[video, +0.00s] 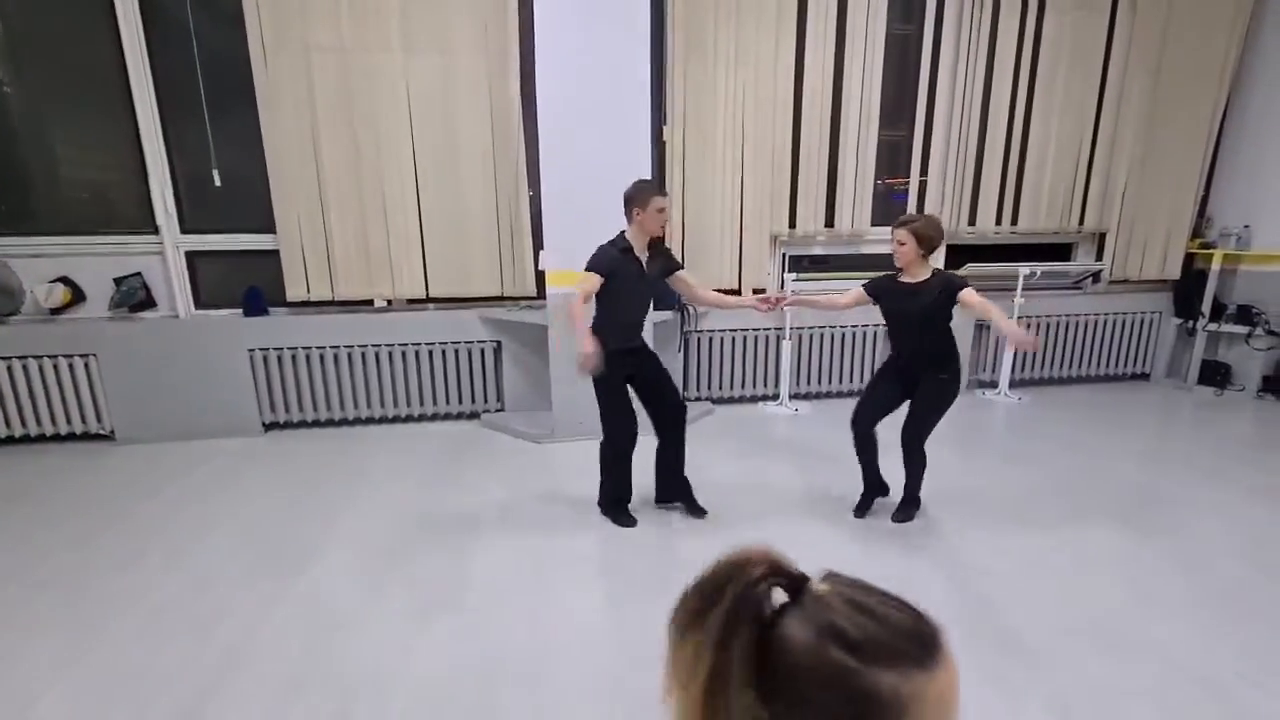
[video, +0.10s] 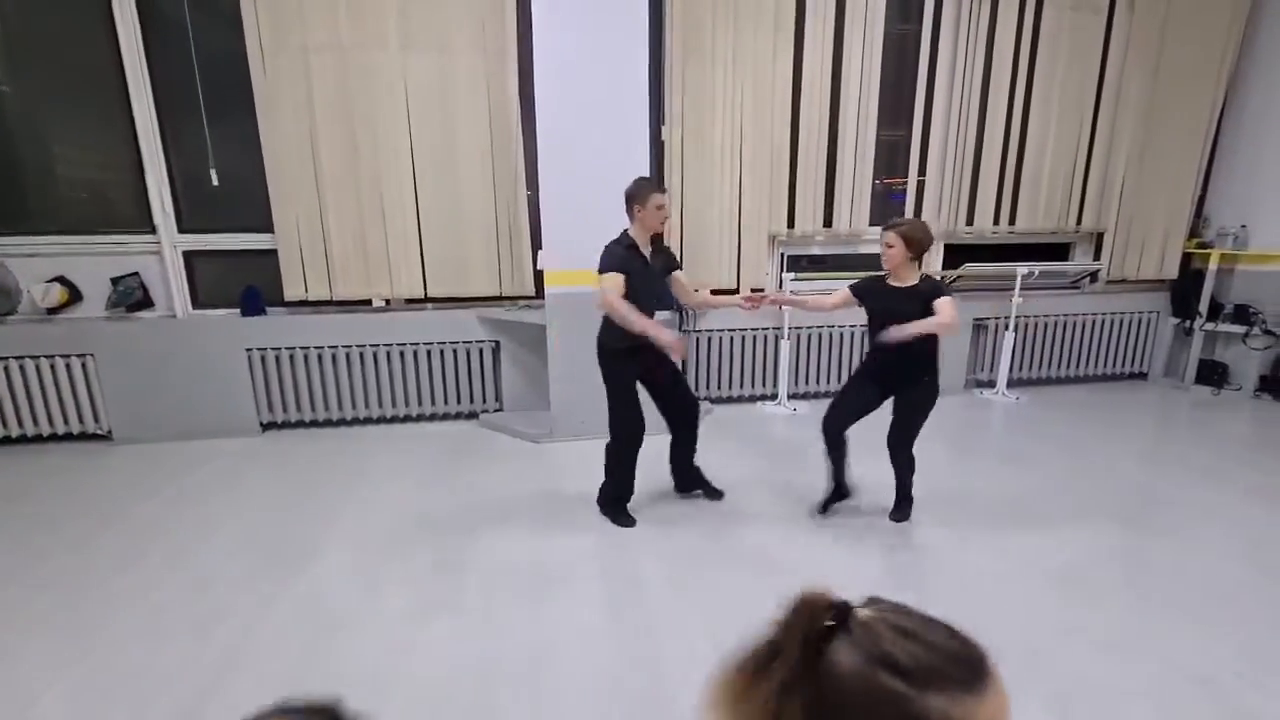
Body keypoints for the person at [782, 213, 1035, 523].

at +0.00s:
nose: (894, 249)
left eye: (901, 243)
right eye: (893, 243)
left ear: (923, 248)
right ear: (894, 245)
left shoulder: (946, 283)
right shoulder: (884, 285)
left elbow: (983, 307)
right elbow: (841, 302)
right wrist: (793, 300)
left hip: (940, 375)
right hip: (900, 370)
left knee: (912, 437)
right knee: (861, 421)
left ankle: (911, 500)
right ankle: (873, 485)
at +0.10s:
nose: (883, 251)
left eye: (890, 246)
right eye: (882, 245)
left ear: (912, 251)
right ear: (883, 247)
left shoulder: (932, 289)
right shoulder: (872, 287)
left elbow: (949, 322)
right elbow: (828, 303)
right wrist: (785, 299)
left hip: (918, 381)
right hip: (877, 375)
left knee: (899, 443)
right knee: (833, 424)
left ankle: (903, 497)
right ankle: (840, 487)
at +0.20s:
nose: (858, 251)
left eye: (866, 245)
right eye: (858, 245)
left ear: (886, 250)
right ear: (861, 248)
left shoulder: (903, 290)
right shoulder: (848, 285)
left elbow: (895, 324)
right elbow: (803, 304)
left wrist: (842, 323)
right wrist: (753, 298)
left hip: (889, 382)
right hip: (847, 377)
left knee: (886, 445)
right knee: (808, 436)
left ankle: (899, 495)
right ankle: (775, 499)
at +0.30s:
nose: (823, 248)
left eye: (829, 243)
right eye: (824, 242)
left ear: (848, 247)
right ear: (836, 247)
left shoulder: (862, 289)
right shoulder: (820, 283)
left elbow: (835, 326)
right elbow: (782, 307)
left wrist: (796, 323)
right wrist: (746, 296)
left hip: (849, 379)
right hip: (811, 375)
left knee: (861, 437)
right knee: (783, 435)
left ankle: (892, 489)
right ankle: (762, 508)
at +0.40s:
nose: (786, 245)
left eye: (792, 239)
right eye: (789, 238)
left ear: (808, 244)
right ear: (813, 245)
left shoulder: (818, 289)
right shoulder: (802, 279)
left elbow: (784, 334)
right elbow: (781, 306)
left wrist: (748, 329)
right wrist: (756, 286)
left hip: (807, 376)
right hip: (782, 372)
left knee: (815, 445)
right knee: (763, 436)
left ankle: (865, 487)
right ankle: (760, 511)